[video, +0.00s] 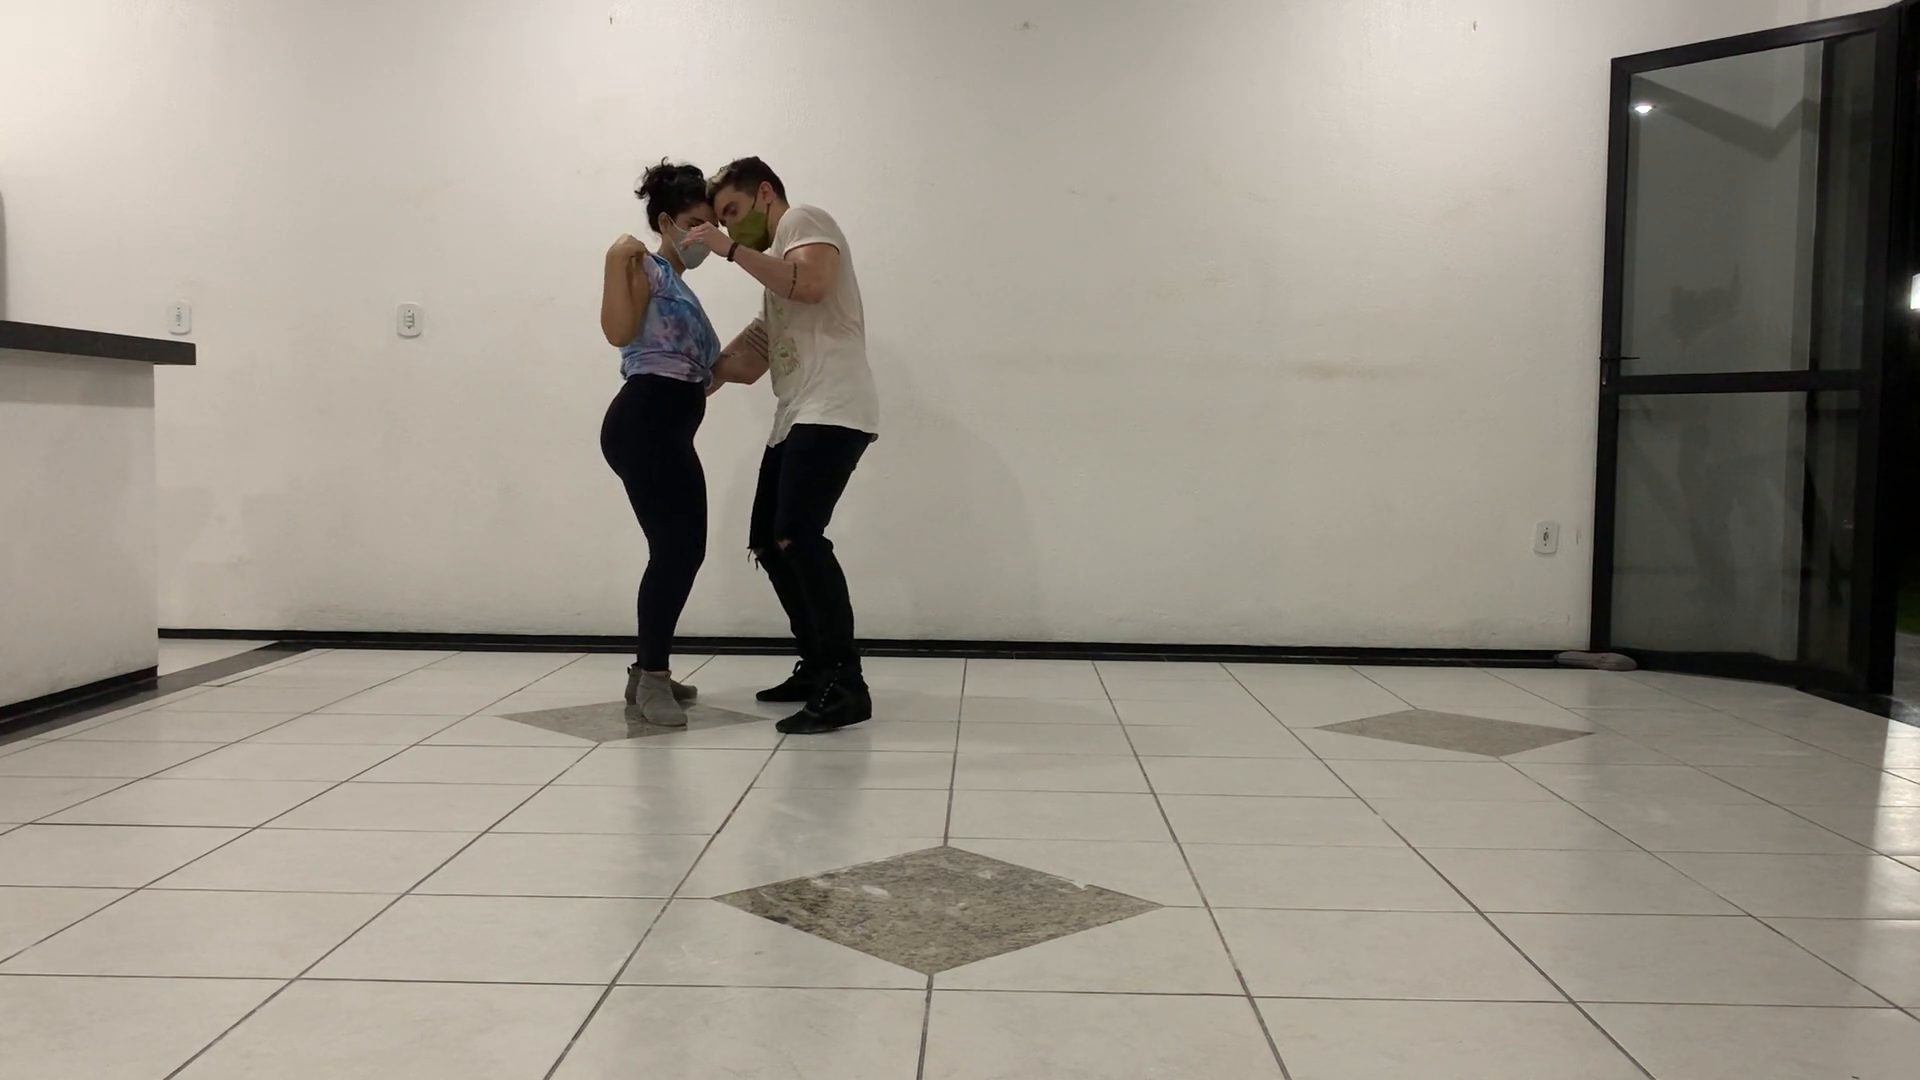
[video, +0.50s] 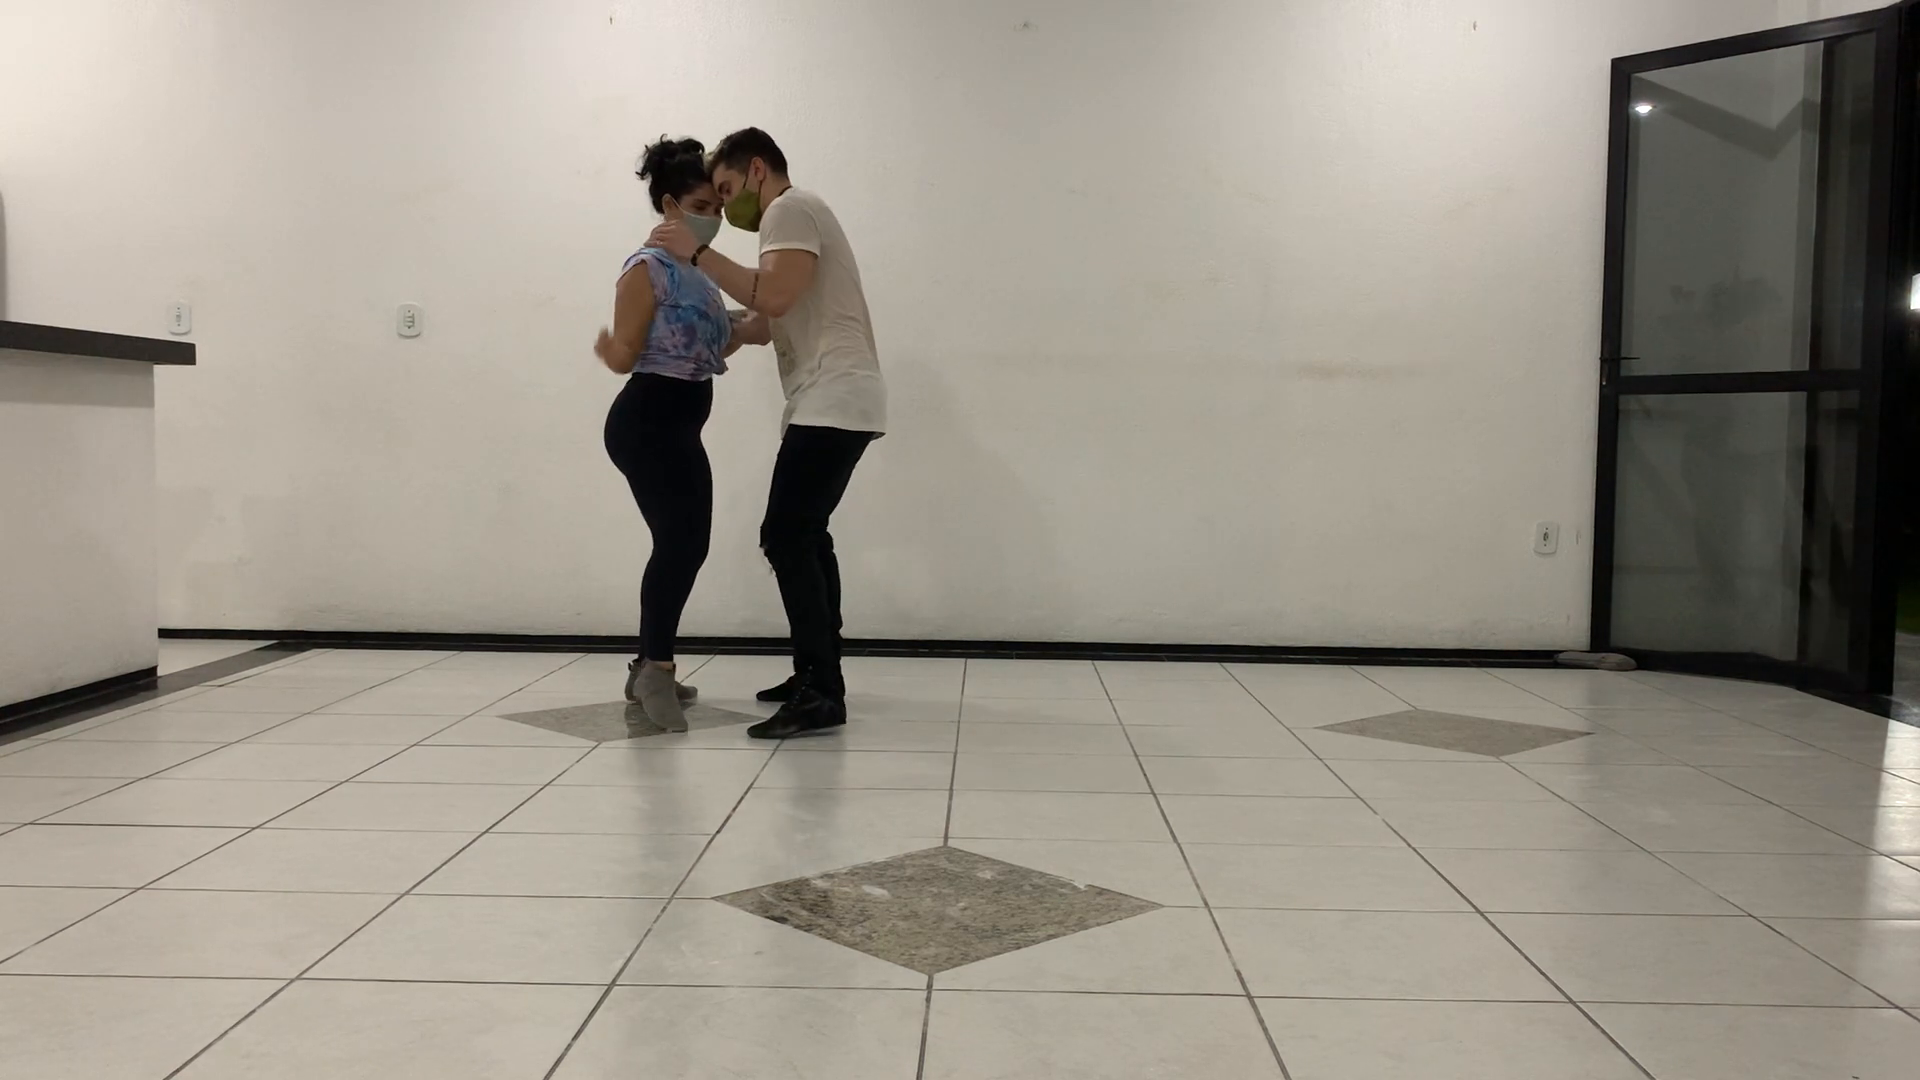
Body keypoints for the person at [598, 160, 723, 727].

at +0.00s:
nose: (702, 233)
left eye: (706, 223)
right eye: (692, 222)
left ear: (705, 226)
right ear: (665, 223)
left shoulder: (679, 287)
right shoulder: (640, 266)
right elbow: (617, 332)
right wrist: (620, 263)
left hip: (670, 426)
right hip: (643, 422)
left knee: (684, 549)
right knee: (672, 550)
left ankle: (652, 670)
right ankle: (648, 679)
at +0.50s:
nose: (712, 219)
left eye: (716, 206)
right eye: (698, 206)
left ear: (718, 203)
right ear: (666, 207)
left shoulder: (699, 274)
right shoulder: (646, 272)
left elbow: (705, 346)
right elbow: (622, 358)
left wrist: (748, 330)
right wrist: (606, 343)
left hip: (680, 423)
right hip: (645, 421)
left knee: (690, 544)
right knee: (675, 543)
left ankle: (652, 665)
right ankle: (654, 672)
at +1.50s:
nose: (660, 221)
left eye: (665, 210)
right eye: (654, 209)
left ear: (625, 201)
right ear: (616, 200)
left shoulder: (609, 271)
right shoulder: (572, 245)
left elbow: (622, 354)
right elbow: (490, 286)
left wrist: (677, 309)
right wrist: (528, 374)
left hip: (527, 419)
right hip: (549, 417)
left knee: (560, 558)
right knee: (613, 547)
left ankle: (526, 694)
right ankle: (624, 693)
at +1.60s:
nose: (655, 223)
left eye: (660, 211)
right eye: (648, 210)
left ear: (619, 203)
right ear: (609, 201)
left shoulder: (605, 275)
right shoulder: (565, 248)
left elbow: (613, 356)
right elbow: (477, 284)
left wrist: (669, 315)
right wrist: (507, 376)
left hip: (521, 418)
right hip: (528, 415)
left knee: (540, 564)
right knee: (582, 552)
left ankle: (524, 700)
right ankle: (612, 696)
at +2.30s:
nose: (626, 190)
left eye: (626, 179)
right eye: (614, 178)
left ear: (589, 188)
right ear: (575, 183)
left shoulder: (578, 273)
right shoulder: (531, 235)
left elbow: (566, 353)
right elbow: (440, 279)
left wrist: (620, 330)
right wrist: (435, 374)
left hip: (523, 419)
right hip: (472, 408)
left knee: (533, 557)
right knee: (500, 556)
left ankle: (511, 696)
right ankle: (468, 706)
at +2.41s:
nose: (615, 179)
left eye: (612, 169)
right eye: (603, 170)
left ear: (573, 185)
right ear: (566, 181)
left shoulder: (568, 273)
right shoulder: (525, 239)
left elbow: (626, 333)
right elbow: (441, 290)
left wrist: (668, 279)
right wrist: (439, 384)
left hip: (512, 421)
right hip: (467, 411)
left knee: (528, 555)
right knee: (498, 555)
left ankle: (506, 695)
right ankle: (467, 705)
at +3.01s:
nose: (494, 177)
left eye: (490, 167)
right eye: (483, 169)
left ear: (451, 185)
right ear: (449, 183)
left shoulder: (478, 248)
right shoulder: (447, 257)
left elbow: (536, 324)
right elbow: (469, 343)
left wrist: (620, 300)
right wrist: (566, 386)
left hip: (525, 417)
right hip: (492, 420)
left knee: (552, 558)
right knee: (526, 563)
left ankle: (508, 693)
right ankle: (474, 705)